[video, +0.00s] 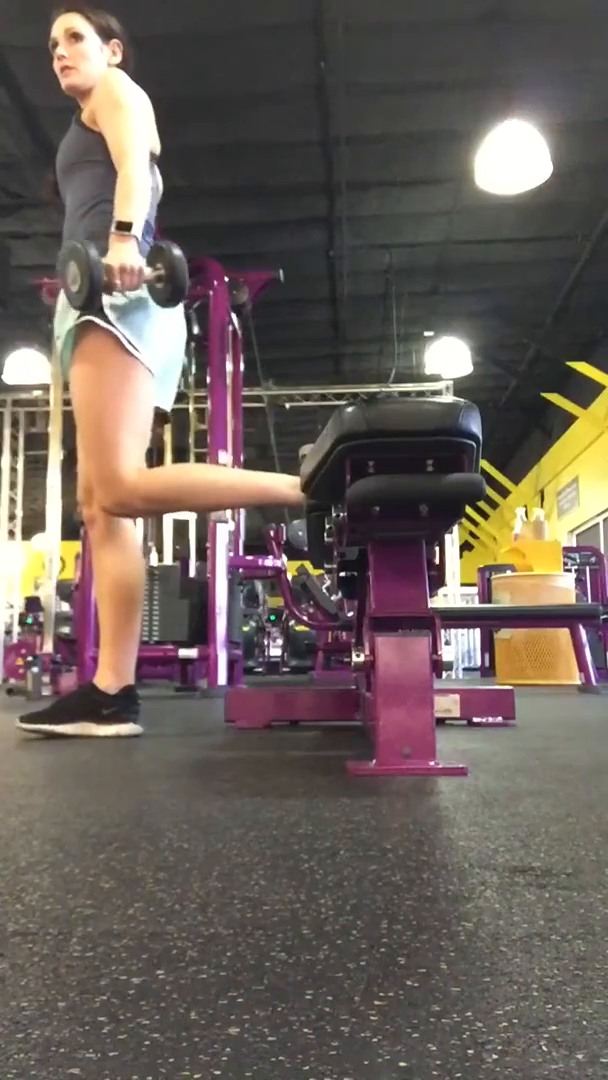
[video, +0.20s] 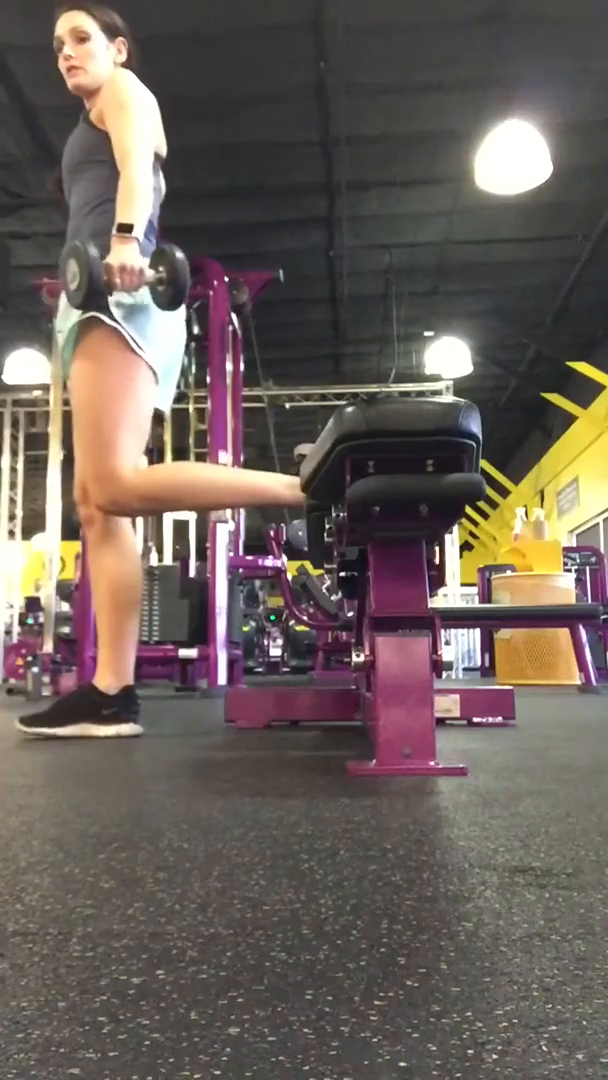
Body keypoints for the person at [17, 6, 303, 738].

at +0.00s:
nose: (60, 53)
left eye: (74, 40)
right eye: (54, 45)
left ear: (112, 50)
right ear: (58, 60)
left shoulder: (116, 91)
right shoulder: (99, 116)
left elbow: (135, 166)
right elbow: (108, 214)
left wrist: (124, 238)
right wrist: (74, 282)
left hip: (119, 298)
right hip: (110, 303)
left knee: (117, 487)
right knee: (100, 505)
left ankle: (305, 490)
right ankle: (112, 690)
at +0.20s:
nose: (67, 54)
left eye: (80, 40)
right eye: (60, 46)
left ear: (118, 48)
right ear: (62, 61)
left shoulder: (124, 92)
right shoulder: (99, 120)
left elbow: (138, 167)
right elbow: (104, 217)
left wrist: (126, 239)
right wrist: (74, 284)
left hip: (124, 296)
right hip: (101, 304)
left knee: (114, 483)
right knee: (96, 503)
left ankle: (305, 489)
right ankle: (110, 691)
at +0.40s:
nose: (71, 48)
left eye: (84, 33)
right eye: (63, 40)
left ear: (123, 43)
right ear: (64, 56)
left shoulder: (127, 92)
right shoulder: (100, 115)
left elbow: (136, 173)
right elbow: (106, 211)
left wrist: (117, 251)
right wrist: (71, 277)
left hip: (128, 302)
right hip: (102, 309)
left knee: (112, 490)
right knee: (91, 505)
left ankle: (301, 492)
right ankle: (108, 691)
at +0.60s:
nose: (73, 43)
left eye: (87, 30)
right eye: (64, 35)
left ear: (125, 42)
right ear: (63, 51)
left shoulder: (122, 93)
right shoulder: (103, 113)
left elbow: (133, 180)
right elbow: (118, 212)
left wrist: (101, 260)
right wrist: (79, 277)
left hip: (123, 306)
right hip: (99, 313)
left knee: (115, 500)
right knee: (64, 504)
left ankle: (301, 492)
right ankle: (105, 690)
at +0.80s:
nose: (80, 11)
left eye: (94, 2)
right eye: (72, 4)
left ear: (127, 10)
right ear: (66, 19)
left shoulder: (130, 58)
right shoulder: (100, 83)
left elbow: (147, 147)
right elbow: (101, 184)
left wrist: (101, 220)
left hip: (123, 265)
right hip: (101, 274)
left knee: (123, 459)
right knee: (45, 467)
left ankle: (313, 490)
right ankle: (79, 658)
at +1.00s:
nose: (70, 37)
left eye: (84, 23)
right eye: (60, 27)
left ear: (121, 36)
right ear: (57, 42)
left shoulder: (120, 91)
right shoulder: (92, 108)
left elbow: (132, 179)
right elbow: (93, 208)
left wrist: (95, 266)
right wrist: (70, 277)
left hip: (110, 301)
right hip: (85, 307)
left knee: (116, 493)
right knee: (51, 504)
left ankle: (304, 494)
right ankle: (81, 690)